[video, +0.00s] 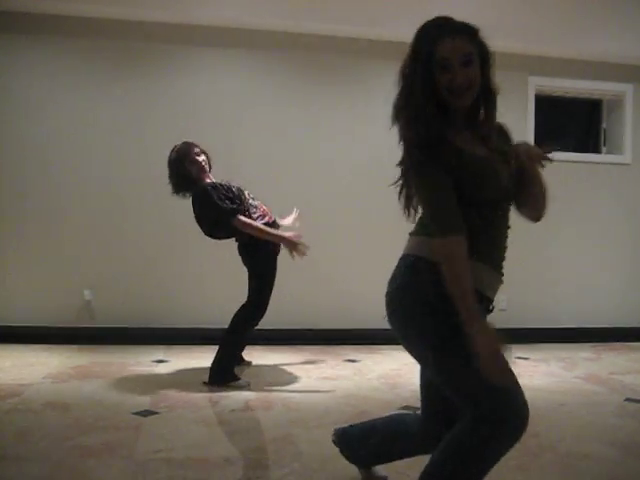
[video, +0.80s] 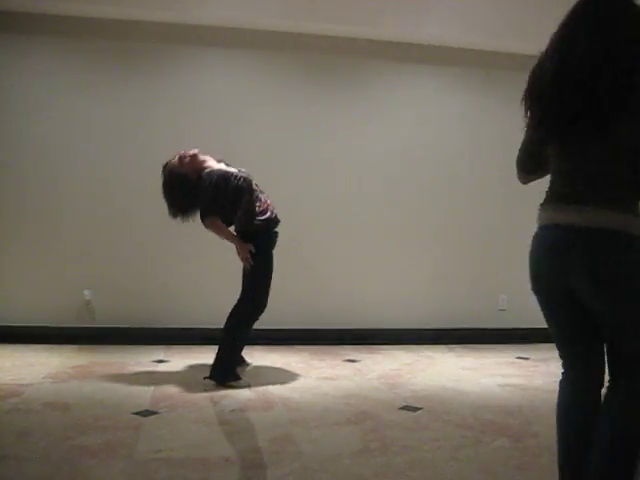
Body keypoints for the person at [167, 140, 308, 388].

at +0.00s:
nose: (200, 158)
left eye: (200, 153)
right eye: (192, 158)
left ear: (207, 157)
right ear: (184, 169)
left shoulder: (213, 189)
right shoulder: (207, 194)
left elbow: (249, 213)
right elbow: (242, 224)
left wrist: (278, 224)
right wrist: (283, 237)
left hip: (258, 243)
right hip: (256, 246)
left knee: (256, 304)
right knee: (255, 307)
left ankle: (231, 353)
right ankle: (220, 372)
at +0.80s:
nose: (185, 153)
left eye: (179, 155)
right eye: (182, 161)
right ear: (190, 175)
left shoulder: (216, 172)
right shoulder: (213, 179)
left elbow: (210, 220)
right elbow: (210, 220)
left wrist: (237, 241)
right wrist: (237, 241)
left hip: (260, 233)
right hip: (257, 237)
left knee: (253, 301)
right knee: (253, 303)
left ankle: (230, 354)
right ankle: (223, 369)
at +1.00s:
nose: (221, 120)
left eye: (218, 117)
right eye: (213, 123)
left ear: (228, 124)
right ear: (210, 140)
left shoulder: (249, 150)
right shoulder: (217, 166)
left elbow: (254, 189)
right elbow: (205, 208)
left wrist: (257, 219)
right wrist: (215, 248)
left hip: (248, 232)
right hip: (231, 235)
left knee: (238, 292)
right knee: (252, 289)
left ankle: (227, 355)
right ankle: (234, 357)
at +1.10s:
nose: (239, 117)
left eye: (238, 113)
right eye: (230, 117)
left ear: (247, 119)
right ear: (224, 133)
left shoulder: (258, 152)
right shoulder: (222, 162)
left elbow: (259, 187)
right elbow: (207, 203)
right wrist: (198, 239)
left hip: (244, 236)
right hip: (224, 237)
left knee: (231, 294)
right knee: (244, 292)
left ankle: (225, 357)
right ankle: (237, 359)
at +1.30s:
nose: (257, 117)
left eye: (258, 112)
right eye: (249, 115)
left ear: (264, 120)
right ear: (238, 125)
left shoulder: (266, 152)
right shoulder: (228, 153)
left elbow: (289, 185)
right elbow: (194, 177)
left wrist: (294, 200)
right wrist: (194, 205)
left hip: (245, 231)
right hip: (217, 232)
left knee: (267, 288)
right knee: (231, 298)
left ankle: (233, 320)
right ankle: (234, 363)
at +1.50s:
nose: (256, 125)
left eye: (259, 123)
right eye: (249, 123)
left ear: (265, 134)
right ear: (239, 132)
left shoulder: (266, 166)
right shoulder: (225, 155)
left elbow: (254, 207)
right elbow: (228, 194)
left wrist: (233, 223)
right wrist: (271, 208)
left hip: (246, 232)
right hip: (219, 236)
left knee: (291, 244)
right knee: (231, 297)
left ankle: (257, 282)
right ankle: (227, 360)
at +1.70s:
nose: (262, 109)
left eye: (265, 105)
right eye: (256, 104)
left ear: (269, 111)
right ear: (242, 109)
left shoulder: (269, 141)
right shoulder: (226, 134)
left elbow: (267, 182)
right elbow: (230, 175)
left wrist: (273, 222)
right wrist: (242, 211)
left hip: (252, 217)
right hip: (220, 218)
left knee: (254, 286)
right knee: (228, 287)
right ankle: (230, 361)